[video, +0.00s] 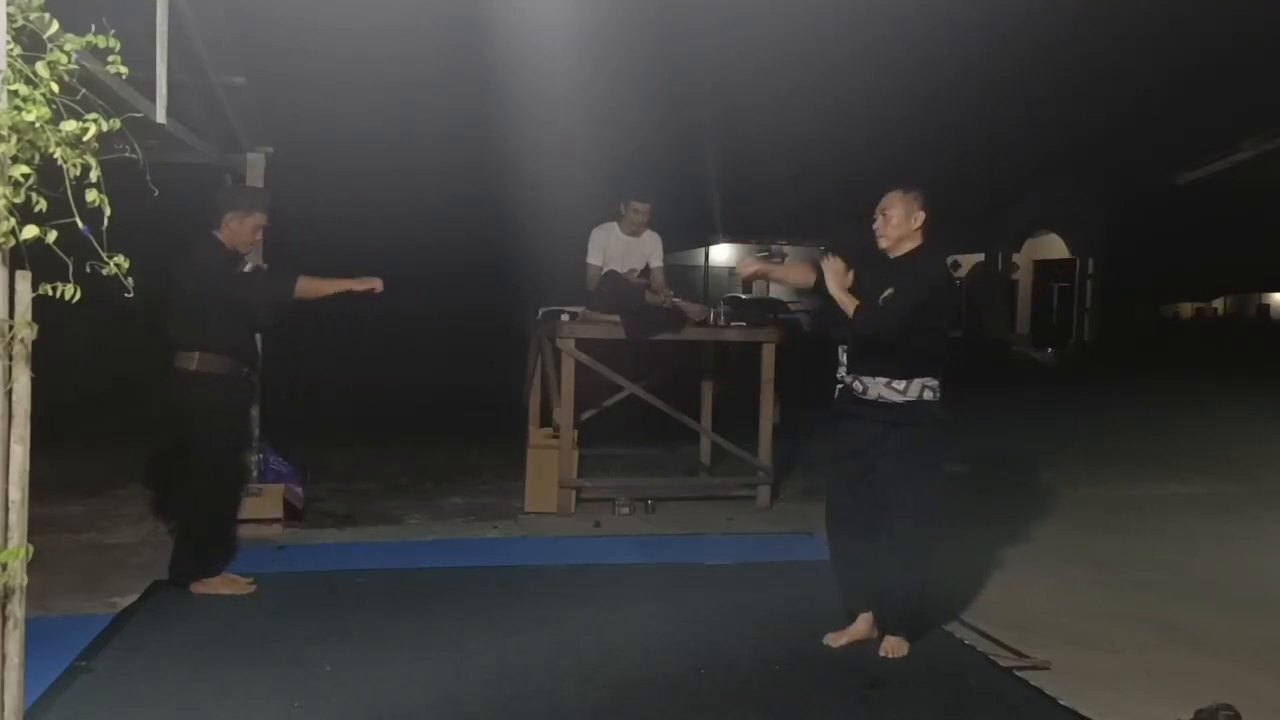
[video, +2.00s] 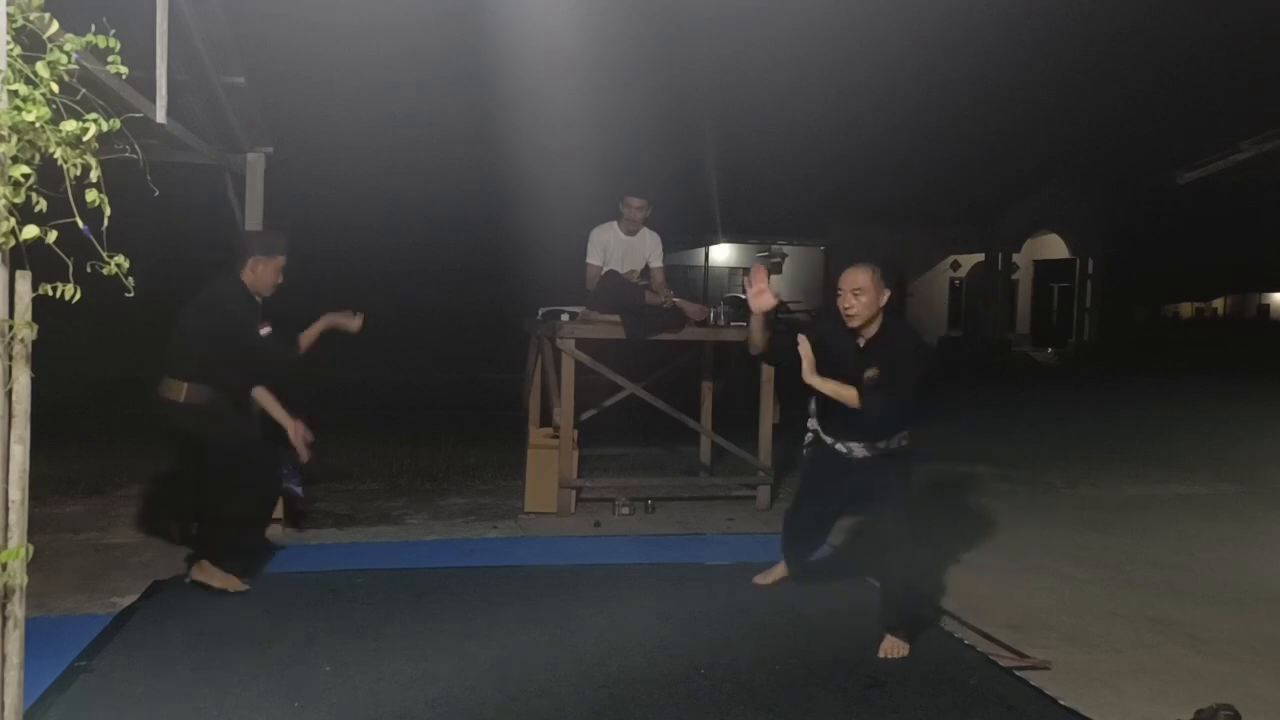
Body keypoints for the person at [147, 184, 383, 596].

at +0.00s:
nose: (259, 237)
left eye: (261, 229)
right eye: (256, 228)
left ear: (231, 225)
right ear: (230, 222)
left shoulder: (206, 256)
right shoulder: (210, 262)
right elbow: (276, 287)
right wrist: (348, 285)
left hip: (202, 380)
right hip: (209, 384)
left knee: (211, 471)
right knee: (217, 473)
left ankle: (197, 567)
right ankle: (202, 573)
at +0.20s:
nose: (258, 235)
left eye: (260, 226)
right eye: (254, 225)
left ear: (230, 222)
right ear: (229, 220)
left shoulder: (211, 255)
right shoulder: (214, 261)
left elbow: (259, 294)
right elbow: (269, 301)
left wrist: (303, 284)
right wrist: (318, 288)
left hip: (211, 380)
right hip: (211, 383)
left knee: (215, 472)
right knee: (217, 475)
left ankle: (204, 566)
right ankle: (202, 572)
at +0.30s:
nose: (259, 231)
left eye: (261, 223)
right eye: (254, 222)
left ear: (232, 222)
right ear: (229, 220)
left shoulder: (231, 259)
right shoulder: (202, 256)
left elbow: (277, 289)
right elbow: (214, 308)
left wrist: (339, 294)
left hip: (226, 380)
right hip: (207, 382)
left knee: (224, 472)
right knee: (213, 474)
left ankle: (211, 566)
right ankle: (203, 573)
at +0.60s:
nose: (254, 228)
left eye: (255, 220)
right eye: (249, 219)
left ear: (229, 221)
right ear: (225, 218)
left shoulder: (211, 257)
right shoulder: (209, 260)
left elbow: (245, 284)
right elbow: (254, 290)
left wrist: (281, 273)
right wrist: (291, 279)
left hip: (215, 380)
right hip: (211, 383)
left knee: (217, 471)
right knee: (216, 473)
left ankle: (206, 566)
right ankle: (203, 572)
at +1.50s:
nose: (266, 235)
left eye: (266, 227)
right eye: (262, 226)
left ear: (238, 225)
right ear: (236, 223)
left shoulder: (217, 258)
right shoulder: (221, 263)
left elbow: (230, 329)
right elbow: (239, 333)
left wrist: (272, 331)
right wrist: (285, 332)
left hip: (207, 380)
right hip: (210, 384)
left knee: (216, 475)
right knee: (215, 477)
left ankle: (209, 568)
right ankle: (202, 574)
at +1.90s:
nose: (281, 277)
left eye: (282, 268)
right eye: (279, 267)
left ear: (255, 260)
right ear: (257, 259)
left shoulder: (221, 286)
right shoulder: (234, 293)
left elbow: (240, 363)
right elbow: (246, 361)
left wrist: (291, 369)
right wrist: (297, 349)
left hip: (181, 401)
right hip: (196, 405)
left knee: (212, 477)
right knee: (258, 469)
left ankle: (201, 565)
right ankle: (229, 569)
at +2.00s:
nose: (281, 280)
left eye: (282, 271)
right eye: (277, 270)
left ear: (253, 268)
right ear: (253, 266)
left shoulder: (229, 297)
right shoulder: (234, 303)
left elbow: (248, 375)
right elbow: (280, 358)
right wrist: (324, 323)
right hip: (197, 411)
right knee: (254, 468)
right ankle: (213, 562)